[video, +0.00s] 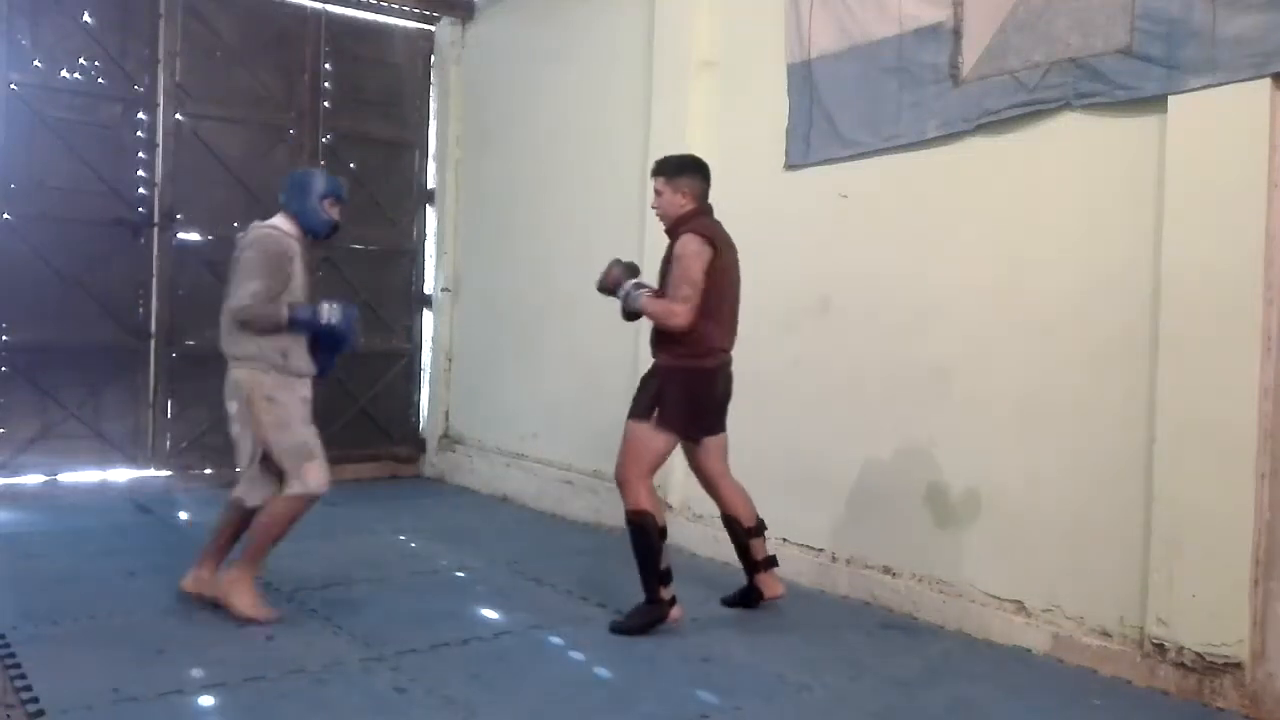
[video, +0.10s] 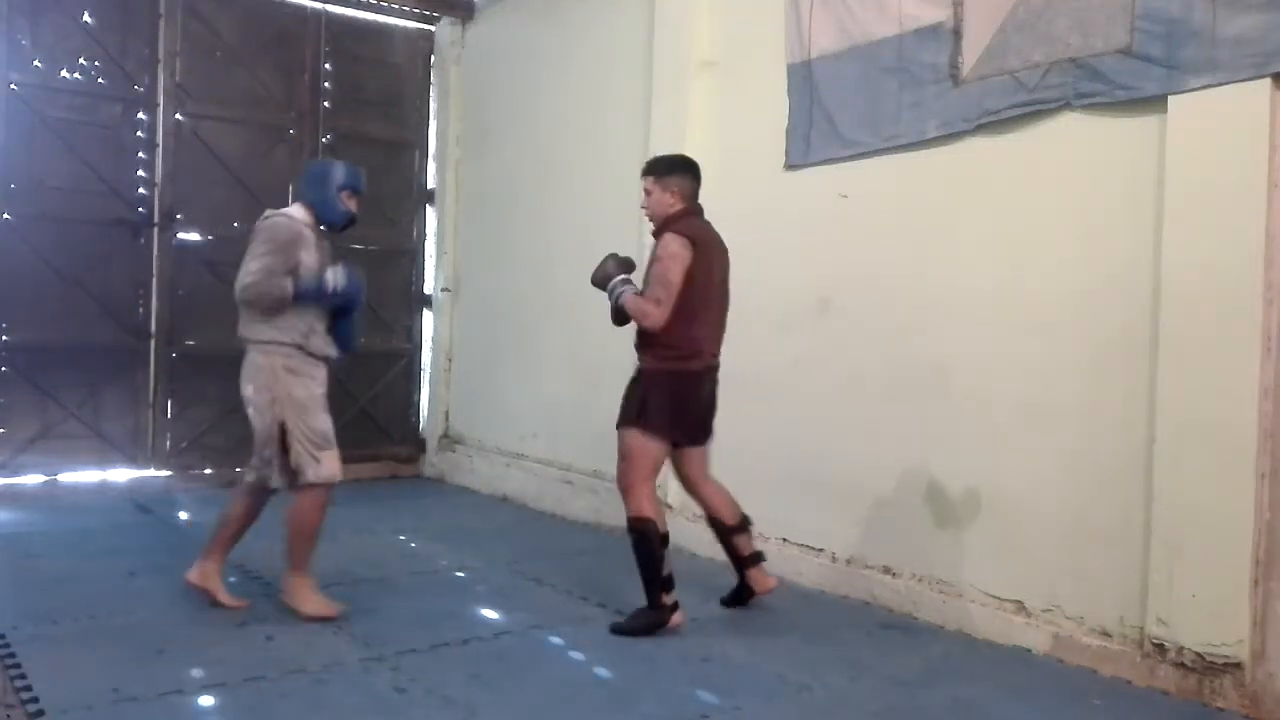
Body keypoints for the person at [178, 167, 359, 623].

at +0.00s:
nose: (336, 215)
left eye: (339, 206)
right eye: (330, 203)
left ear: (306, 203)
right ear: (304, 200)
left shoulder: (288, 246)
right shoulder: (269, 241)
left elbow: (270, 319)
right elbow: (246, 312)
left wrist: (318, 342)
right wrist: (309, 314)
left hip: (271, 379)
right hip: (263, 380)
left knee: (260, 482)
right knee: (309, 480)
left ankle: (204, 572)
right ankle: (239, 578)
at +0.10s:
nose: (355, 208)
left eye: (357, 199)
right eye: (350, 196)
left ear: (332, 196)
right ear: (325, 193)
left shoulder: (314, 240)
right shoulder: (283, 226)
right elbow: (250, 289)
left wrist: (342, 304)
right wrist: (317, 286)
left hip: (297, 363)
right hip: (278, 364)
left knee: (265, 473)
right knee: (319, 474)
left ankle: (207, 567)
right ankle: (298, 583)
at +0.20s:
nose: (367, 214)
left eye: (369, 206)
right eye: (361, 203)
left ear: (352, 204)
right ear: (336, 199)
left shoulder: (328, 241)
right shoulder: (298, 227)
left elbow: (313, 313)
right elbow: (285, 291)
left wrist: (351, 333)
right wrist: (344, 259)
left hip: (311, 372)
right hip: (299, 373)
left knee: (281, 478)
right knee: (338, 482)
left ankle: (216, 563)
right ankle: (318, 591)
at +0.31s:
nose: (379, 225)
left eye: (383, 217)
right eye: (374, 213)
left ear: (362, 215)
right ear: (352, 208)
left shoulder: (338, 252)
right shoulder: (309, 246)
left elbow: (335, 322)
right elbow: (327, 309)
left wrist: (371, 344)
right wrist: (373, 271)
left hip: (334, 381)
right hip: (314, 382)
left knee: (323, 491)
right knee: (341, 488)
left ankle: (254, 548)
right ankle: (320, 594)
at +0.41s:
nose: (398, 219)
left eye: (401, 209)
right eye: (393, 207)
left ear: (385, 206)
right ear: (369, 203)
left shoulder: (366, 245)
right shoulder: (330, 238)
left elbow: (357, 305)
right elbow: (333, 307)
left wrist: (383, 332)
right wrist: (386, 278)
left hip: (359, 373)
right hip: (324, 373)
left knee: (373, 476)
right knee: (336, 485)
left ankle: (309, 544)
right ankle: (318, 591)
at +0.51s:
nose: (409, 217)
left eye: (413, 209)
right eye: (404, 206)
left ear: (406, 211)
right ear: (379, 203)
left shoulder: (387, 246)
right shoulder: (341, 236)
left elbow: (381, 311)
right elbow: (347, 305)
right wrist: (392, 271)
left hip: (372, 368)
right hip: (331, 368)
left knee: (400, 467)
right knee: (342, 479)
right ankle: (300, 584)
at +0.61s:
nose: (417, 236)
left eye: (421, 228)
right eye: (412, 225)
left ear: (414, 231)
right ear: (386, 222)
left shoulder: (398, 268)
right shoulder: (349, 255)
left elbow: (430, 329)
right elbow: (382, 313)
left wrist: (420, 332)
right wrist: (419, 269)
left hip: (386, 390)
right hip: (340, 387)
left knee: (421, 478)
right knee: (344, 490)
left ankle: (436, 554)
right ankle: (296, 591)